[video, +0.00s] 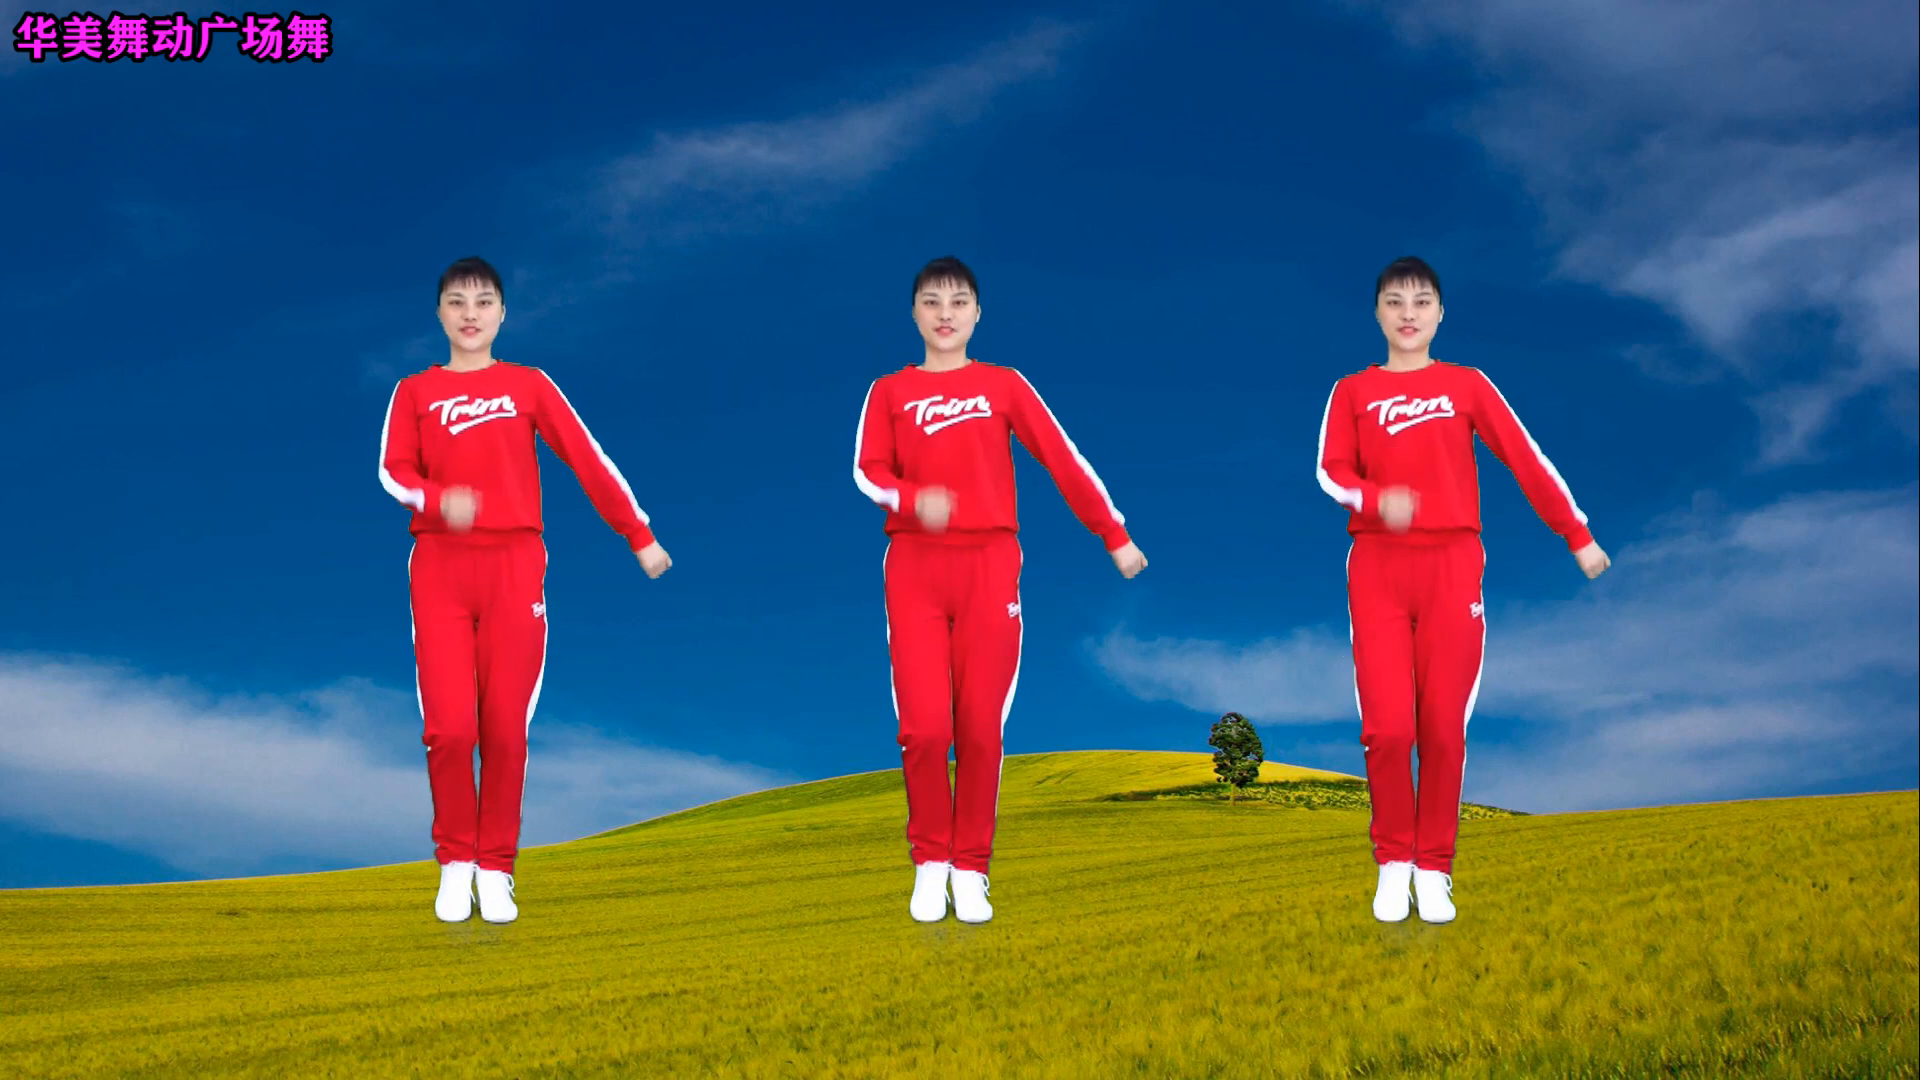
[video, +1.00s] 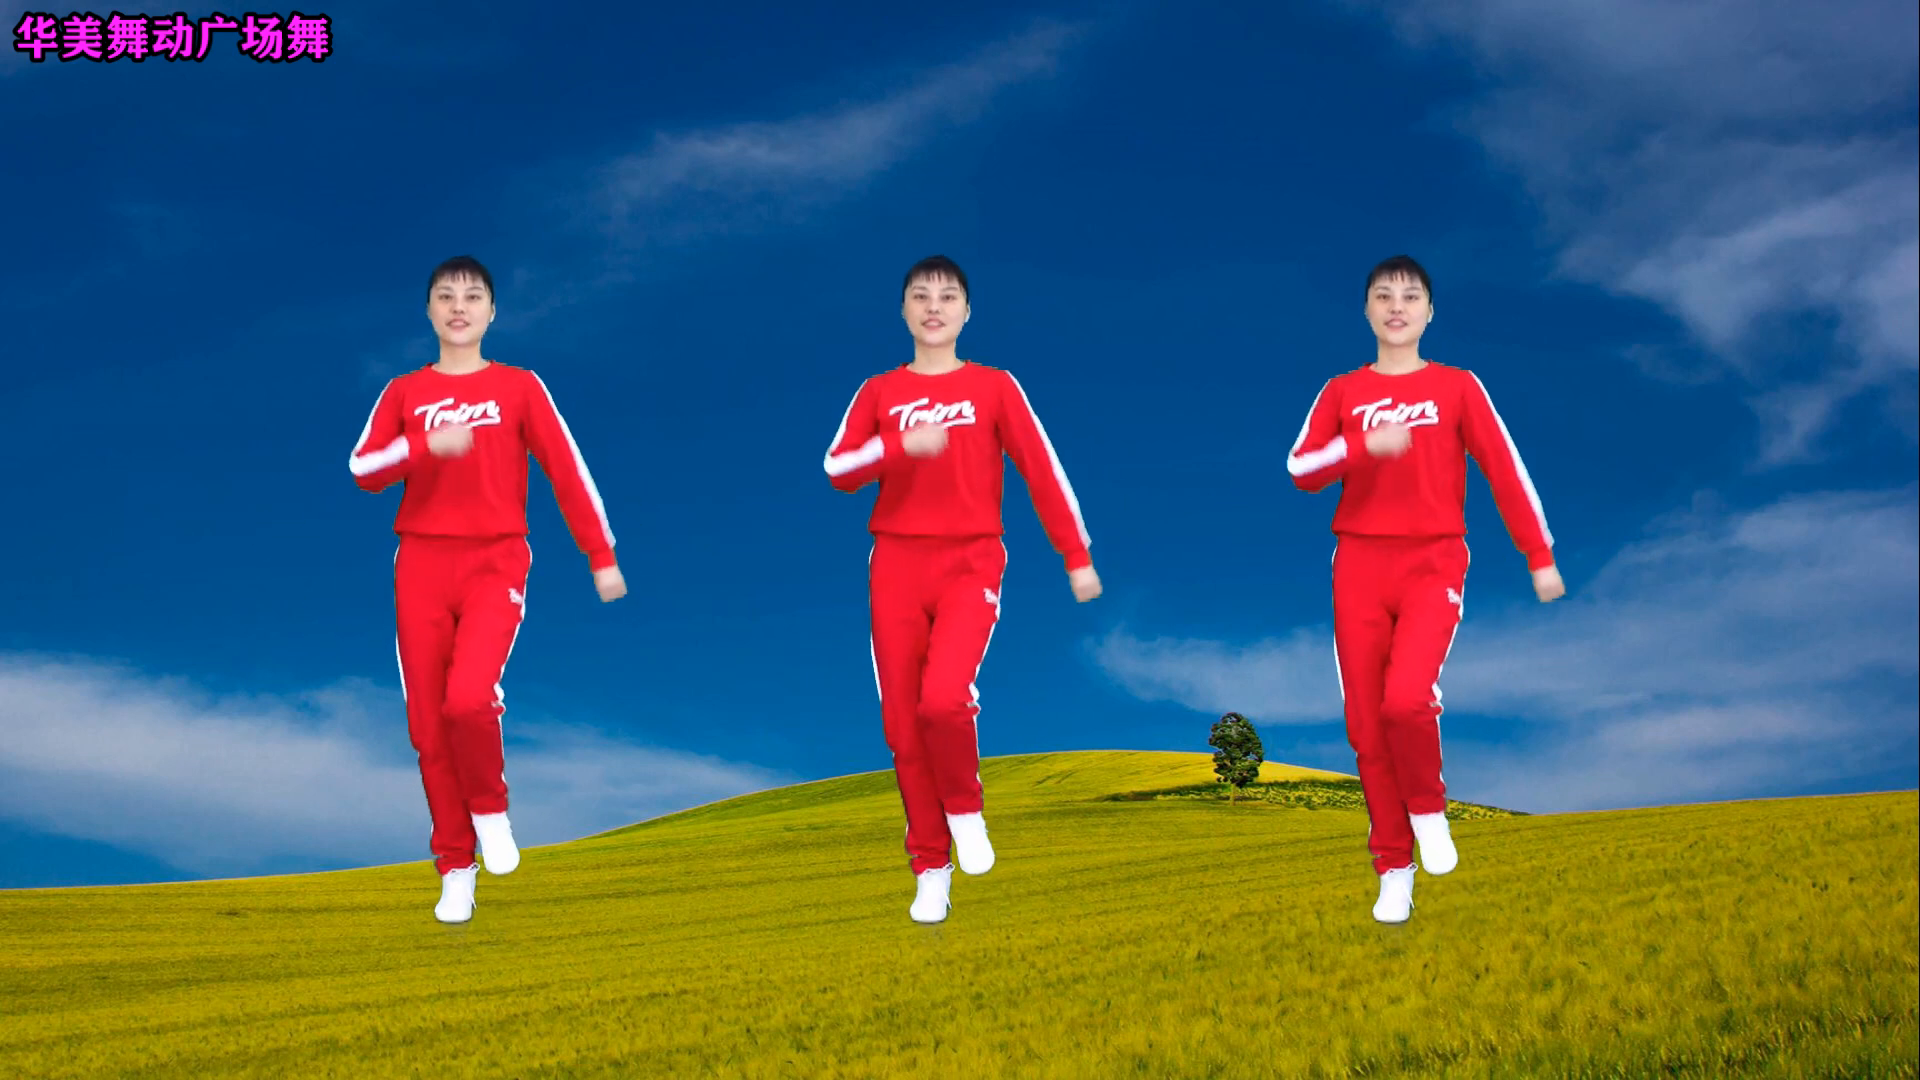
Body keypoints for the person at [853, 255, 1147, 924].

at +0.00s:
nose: (945, 313)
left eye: (958, 302)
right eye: (932, 302)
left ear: (976, 313)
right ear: (916, 313)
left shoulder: (1004, 385)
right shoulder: (888, 390)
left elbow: (1065, 460)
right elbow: (867, 472)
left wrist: (1116, 536)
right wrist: (911, 497)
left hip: (990, 569)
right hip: (914, 570)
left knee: (981, 724)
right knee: (923, 725)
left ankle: (971, 868)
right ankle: (930, 862)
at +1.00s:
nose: (934, 308)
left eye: (946, 298)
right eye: (923, 298)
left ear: (965, 310)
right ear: (905, 311)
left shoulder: (996, 387)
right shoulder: (878, 393)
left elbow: (1044, 472)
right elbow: (838, 471)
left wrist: (1077, 558)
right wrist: (897, 443)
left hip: (972, 563)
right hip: (896, 565)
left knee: (943, 704)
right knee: (901, 722)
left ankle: (964, 808)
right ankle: (928, 863)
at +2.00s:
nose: (959, 302)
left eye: (969, 292)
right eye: (943, 294)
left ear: (982, 308)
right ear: (920, 313)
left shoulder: (1010, 388)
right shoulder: (892, 383)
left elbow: (1039, 473)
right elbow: (806, 418)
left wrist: (1016, 489)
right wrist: (713, 453)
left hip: (998, 564)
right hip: (922, 565)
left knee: (988, 725)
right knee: (931, 727)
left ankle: (974, 868)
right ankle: (925, 870)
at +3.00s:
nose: (1038, 328)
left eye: (1048, 318)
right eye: (1024, 321)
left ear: (1065, 328)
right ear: (1006, 337)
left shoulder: (1104, 405)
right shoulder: (987, 407)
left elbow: (1133, 501)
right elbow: (900, 403)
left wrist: (1142, 580)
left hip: (1107, 575)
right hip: (1032, 579)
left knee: (1111, 731)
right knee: (1073, 706)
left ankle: (1085, 868)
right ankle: (1028, 784)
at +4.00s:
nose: (979, 308)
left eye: (993, 299)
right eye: (979, 299)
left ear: (1029, 310)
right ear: (984, 314)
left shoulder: (1058, 377)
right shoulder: (963, 394)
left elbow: (1036, 299)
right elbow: (940, 487)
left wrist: (978, 246)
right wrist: (926, 567)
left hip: (1040, 558)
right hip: (968, 563)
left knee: (1065, 720)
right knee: (933, 724)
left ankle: (1087, 861)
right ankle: (899, 859)